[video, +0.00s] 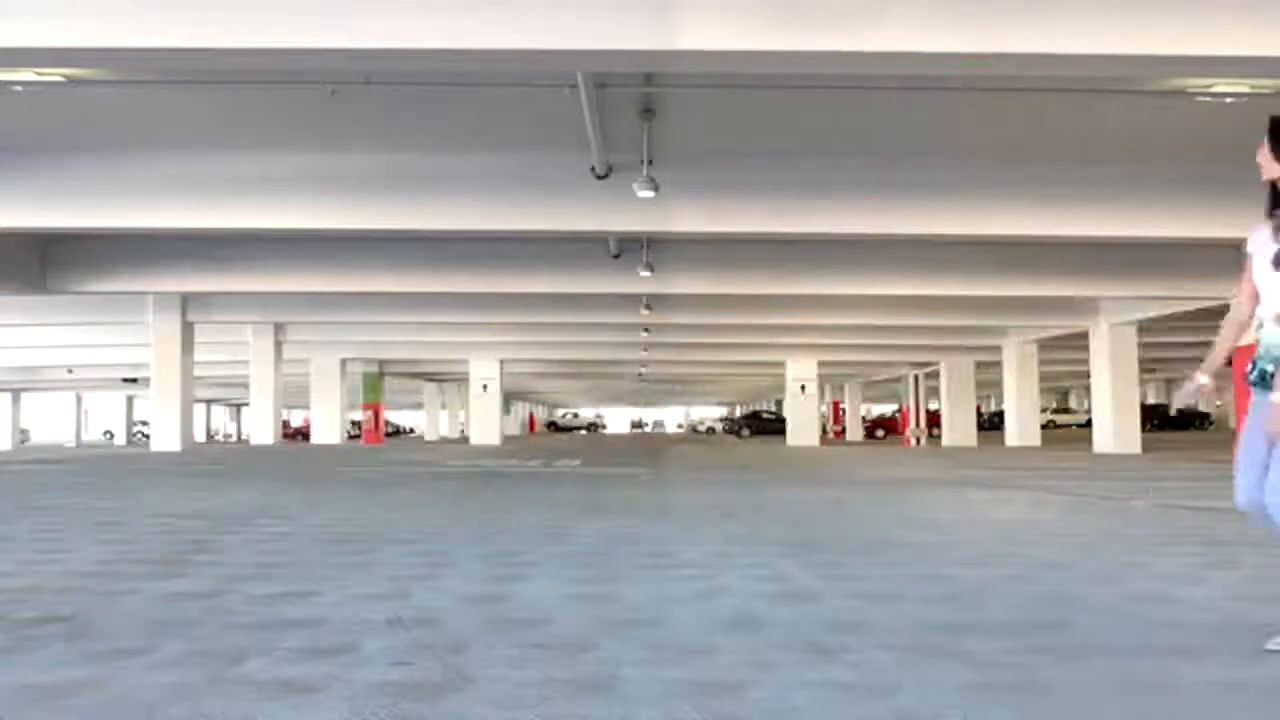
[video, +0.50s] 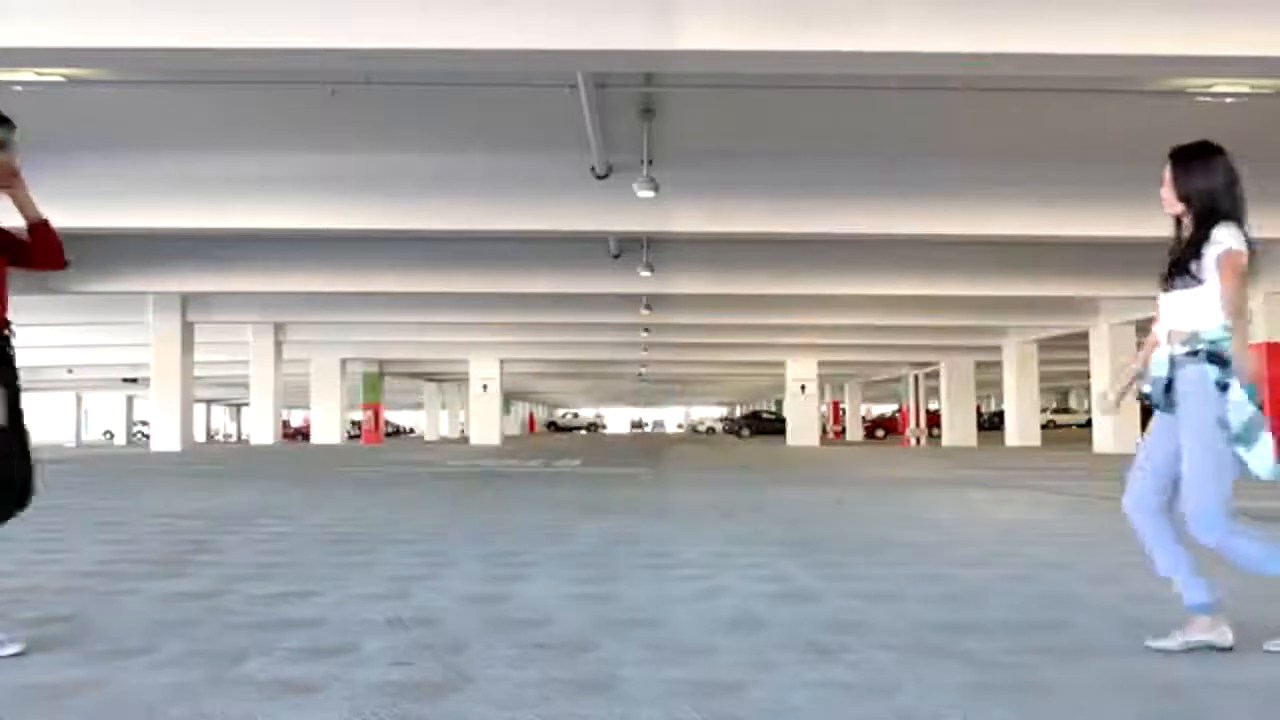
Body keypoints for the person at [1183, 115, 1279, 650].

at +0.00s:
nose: (1260, 158)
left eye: (1266, 149)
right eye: (1262, 148)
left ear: (1277, 159)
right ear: (1268, 160)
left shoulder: (1266, 238)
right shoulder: (1262, 237)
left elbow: (1244, 311)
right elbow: (1242, 310)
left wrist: (1272, 402)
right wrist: (1209, 369)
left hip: (1276, 379)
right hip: (1263, 379)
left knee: (1268, 494)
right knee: (1253, 493)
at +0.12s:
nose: (1230, 147)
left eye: (1238, 139)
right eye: (1234, 139)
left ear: (1261, 148)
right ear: (1256, 150)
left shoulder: (1272, 216)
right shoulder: (1240, 219)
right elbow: (1218, 298)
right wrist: (1179, 358)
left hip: (1276, 366)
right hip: (1248, 366)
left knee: (1274, 491)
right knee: (1218, 476)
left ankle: (1265, 601)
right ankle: (1257, 592)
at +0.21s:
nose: (1213, 154)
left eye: (1223, 146)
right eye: (1217, 145)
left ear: (1247, 154)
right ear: (1242, 154)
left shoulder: (1273, 213)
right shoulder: (1226, 218)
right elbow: (1205, 296)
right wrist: (1163, 353)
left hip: (1270, 355)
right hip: (1235, 358)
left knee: (1269, 492)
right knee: (1197, 475)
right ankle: (1216, 605)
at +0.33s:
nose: (1192, 182)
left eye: (1200, 173)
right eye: (1194, 173)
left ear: (1226, 180)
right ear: (1220, 180)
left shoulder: (1259, 236)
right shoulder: (1211, 241)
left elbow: (1275, 287)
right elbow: (1189, 311)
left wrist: (1230, 332)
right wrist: (1149, 354)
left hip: (1251, 380)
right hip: (1213, 383)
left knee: (1245, 512)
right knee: (1161, 494)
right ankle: (1206, 618)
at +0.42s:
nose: (1178, 193)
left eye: (1186, 185)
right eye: (1180, 184)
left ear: (1210, 191)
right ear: (1213, 192)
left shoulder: (1243, 242)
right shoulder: (1204, 249)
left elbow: (1267, 299)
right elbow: (1180, 319)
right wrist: (1144, 359)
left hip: (1228, 388)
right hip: (1194, 390)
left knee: (1227, 522)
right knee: (1145, 500)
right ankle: (1205, 618)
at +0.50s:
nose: (1162, 187)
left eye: (1170, 179)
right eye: (1164, 178)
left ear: (1193, 185)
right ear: (1199, 186)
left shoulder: (1224, 236)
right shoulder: (1190, 243)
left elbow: (1237, 317)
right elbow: (1166, 322)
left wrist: (1247, 391)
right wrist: (1138, 373)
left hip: (1206, 381)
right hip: (1175, 382)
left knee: (1207, 521)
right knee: (1141, 500)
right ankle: (1204, 618)